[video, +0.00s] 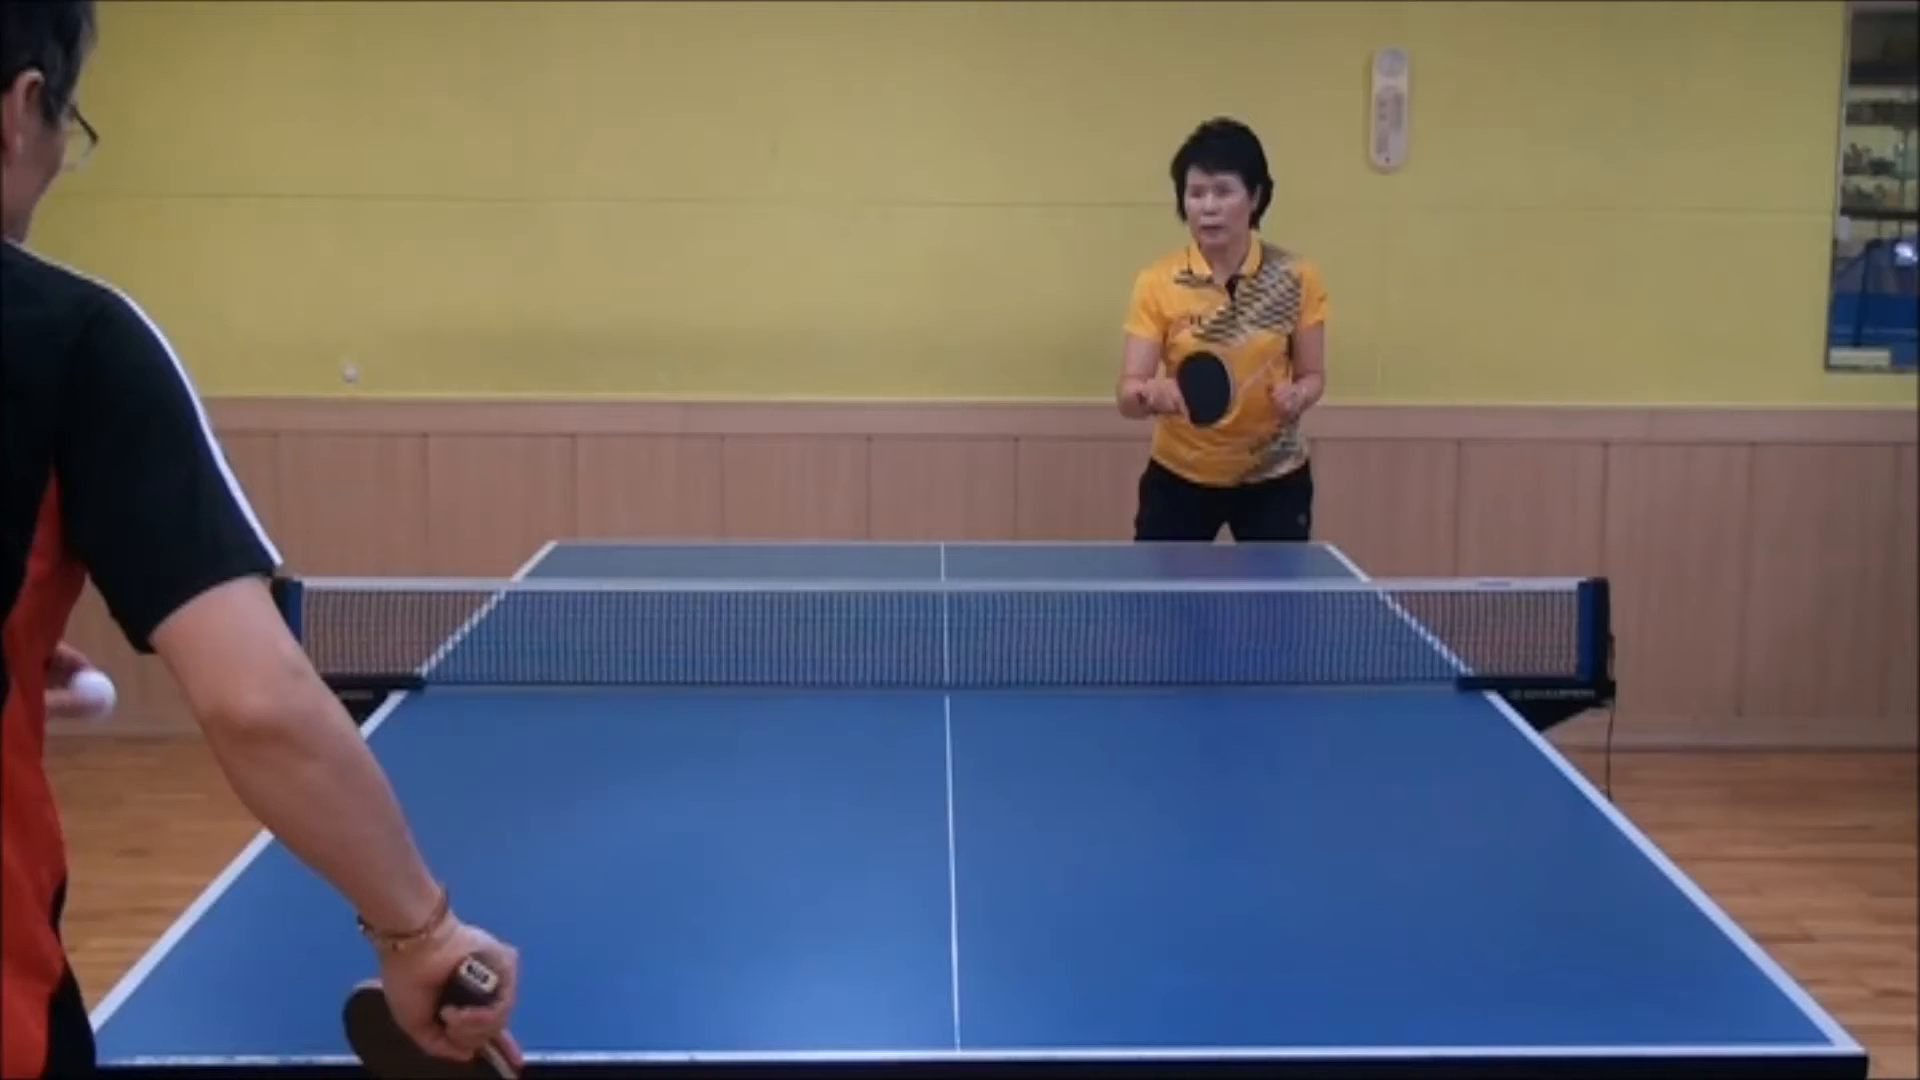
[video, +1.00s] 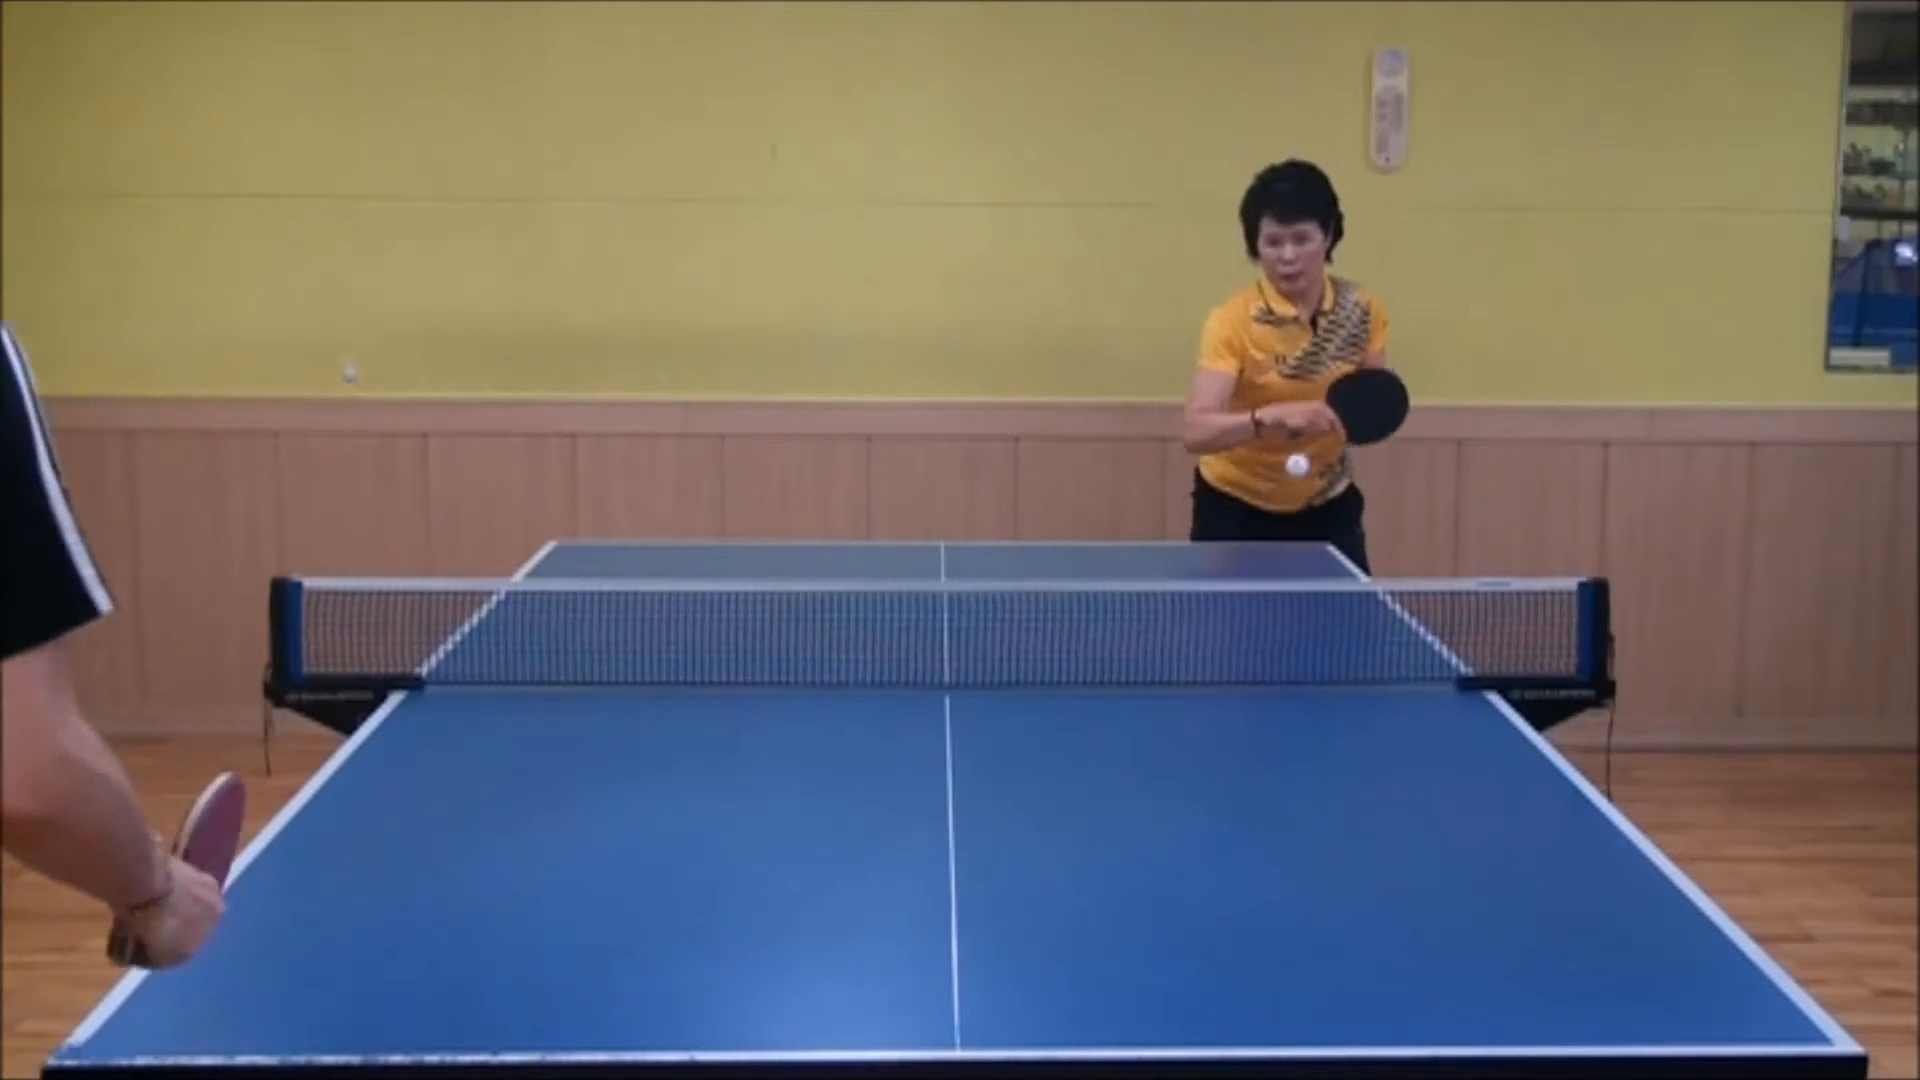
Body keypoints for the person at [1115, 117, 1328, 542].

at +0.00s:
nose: (1209, 207)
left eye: (1224, 191)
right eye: (1197, 192)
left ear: (1256, 198)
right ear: (1181, 201)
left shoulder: (1297, 282)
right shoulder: (1157, 284)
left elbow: (1312, 375)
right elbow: (1129, 395)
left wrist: (1296, 396)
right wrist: (1152, 394)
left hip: (1272, 483)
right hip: (1180, 481)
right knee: (1152, 599)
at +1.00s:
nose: (1287, 257)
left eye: (1302, 240)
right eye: (1273, 242)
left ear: (1329, 238)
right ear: (1255, 246)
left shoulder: (1363, 315)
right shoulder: (1232, 322)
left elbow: (1372, 399)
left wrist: (1371, 394)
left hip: (1327, 507)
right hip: (1236, 508)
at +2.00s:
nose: (1262, 212)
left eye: (1278, 197)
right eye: (1250, 197)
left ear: (1310, 205)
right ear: (1235, 205)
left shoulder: (1345, 290)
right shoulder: (1206, 291)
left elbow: (1357, 389)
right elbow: (1167, 404)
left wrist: (1367, 398)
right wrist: (1202, 395)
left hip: (1310, 488)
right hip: (1218, 484)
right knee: (1203, 604)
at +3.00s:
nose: (1190, 200)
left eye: (1205, 185)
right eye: (1178, 186)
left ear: (1235, 193)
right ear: (1162, 196)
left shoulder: (1271, 277)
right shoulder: (1135, 278)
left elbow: (1277, 371)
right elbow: (1111, 392)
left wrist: (1281, 385)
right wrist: (1139, 388)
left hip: (1243, 481)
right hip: (1152, 478)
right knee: (1136, 599)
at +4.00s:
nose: (1225, 224)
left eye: (1240, 209)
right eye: (1212, 210)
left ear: (1269, 212)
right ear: (1196, 218)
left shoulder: (1310, 291)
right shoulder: (1173, 299)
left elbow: (1324, 404)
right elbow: (1134, 406)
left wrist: (1310, 379)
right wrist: (1173, 406)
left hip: (1288, 496)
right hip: (1195, 496)